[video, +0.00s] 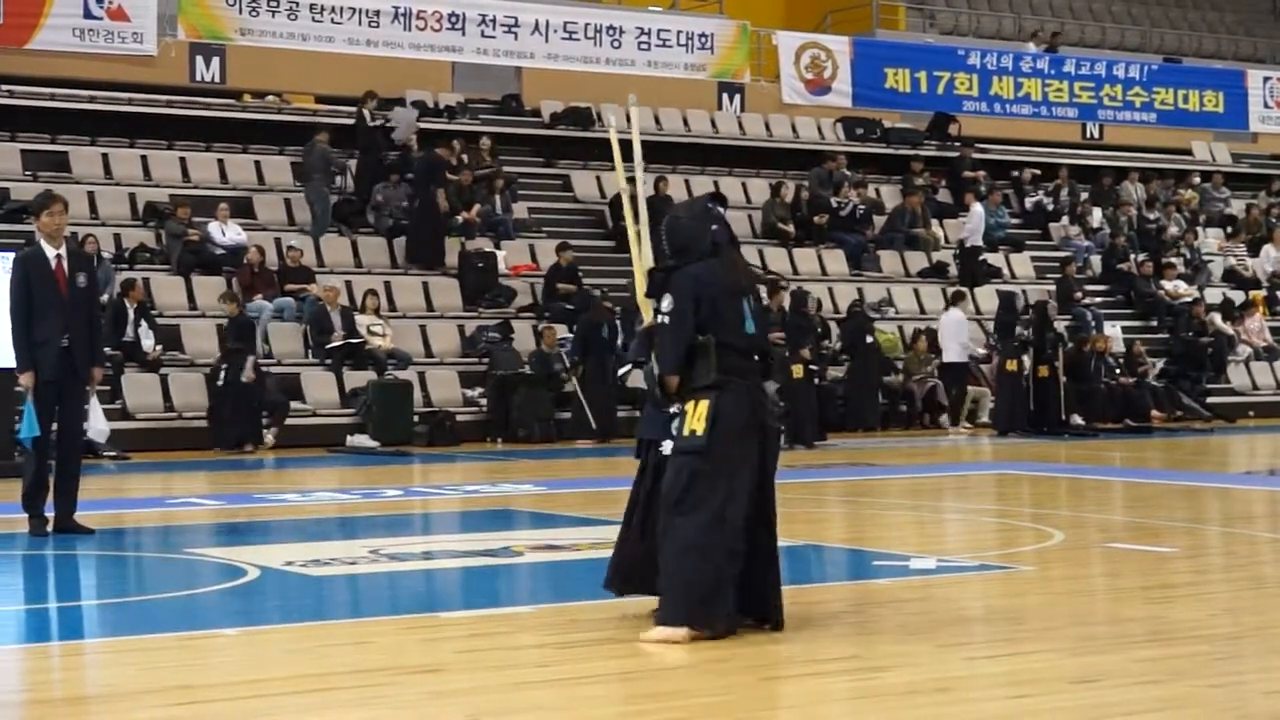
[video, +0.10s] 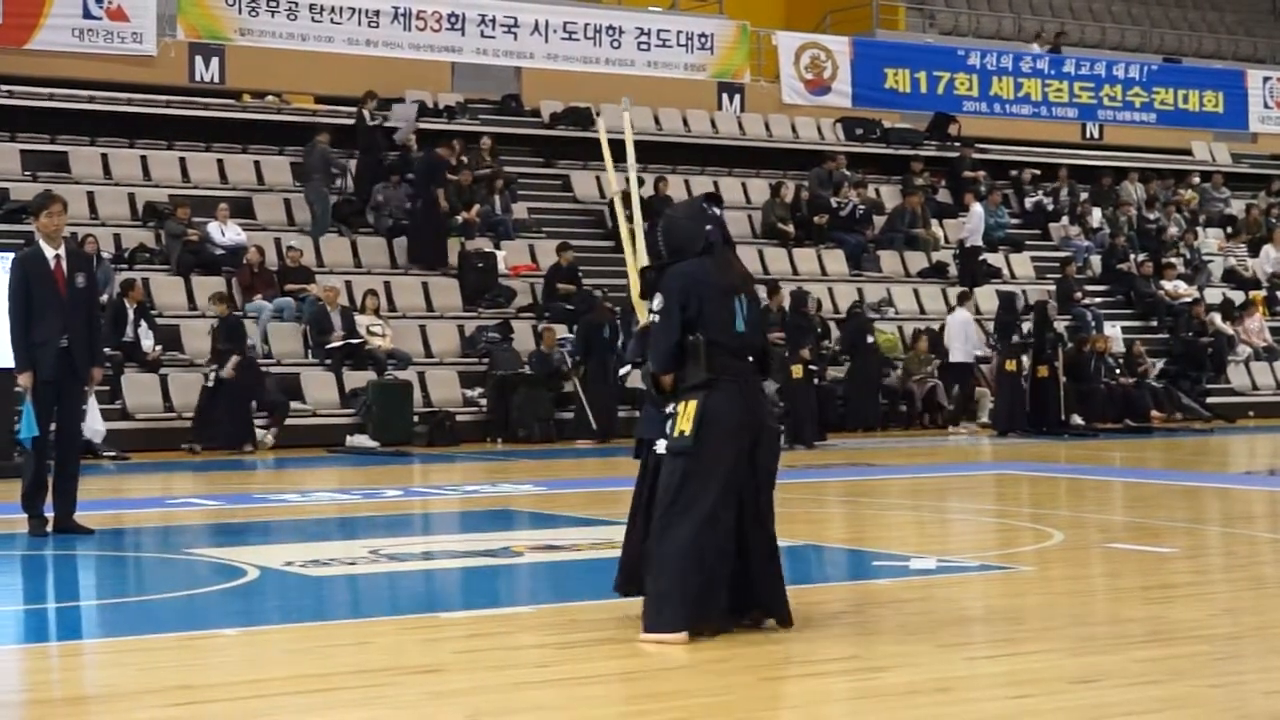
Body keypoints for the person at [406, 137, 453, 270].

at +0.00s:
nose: (449, 157)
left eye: (450, 154)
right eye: (449, 153)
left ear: (438, 148)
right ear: (445, 149)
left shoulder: (424, 157)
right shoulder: (439, 161)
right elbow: (439, 185)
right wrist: (443, 201)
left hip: (419, 198)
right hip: (431, 199)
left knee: (420, 228)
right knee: (435, 229)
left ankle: (417, 259)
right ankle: (435, 260)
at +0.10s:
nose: (449, 157)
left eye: (451, 155)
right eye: (450, 154)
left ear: (440, 149)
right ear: (445, 150)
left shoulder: (425, 157)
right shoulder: (439, 161)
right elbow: (439, 184)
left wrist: (454, 179)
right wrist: (442, 201)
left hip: (420, 198)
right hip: (431, 200)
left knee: (422, 229)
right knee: (436, 230)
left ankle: (421, 259)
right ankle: (437, 260)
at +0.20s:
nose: (451, 158)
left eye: (452, 155)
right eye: (452, 154)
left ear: (442, 148)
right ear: (447, 150)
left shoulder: (427, 157)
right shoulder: (441, 162)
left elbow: (440, 175)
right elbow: (440, 185)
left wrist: (456, 179)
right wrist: (444, 200)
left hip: (421, 200)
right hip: (433, 202)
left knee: (423, 230)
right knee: (438, 231)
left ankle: (421, 260)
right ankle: (440, 261)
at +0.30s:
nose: (451, 157)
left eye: (453, 155)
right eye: (452, 154)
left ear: (441, 148)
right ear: (447, 150)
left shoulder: (427, 158)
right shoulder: (442, 161)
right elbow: (442, 184)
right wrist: (446, 199)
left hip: (422, 200)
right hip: (434, 201)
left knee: (424, 230)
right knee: (440, 230)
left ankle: (422, 260)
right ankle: (443, 262)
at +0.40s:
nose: (452, 157)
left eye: (453, 154)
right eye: (452, 153)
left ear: (441, 149)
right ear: (447, 150)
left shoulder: (427, 159)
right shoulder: (442, 162)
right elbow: (444, 185)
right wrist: (450, 200)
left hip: (425, 201)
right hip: (437, 202)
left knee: (427, 230)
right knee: (444, 231)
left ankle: (425, 260)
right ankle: (445, 264)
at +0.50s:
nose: (455, 157)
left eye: (456, 154)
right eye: (454, 153)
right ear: (448, 149)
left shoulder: (426, 159)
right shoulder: (445, 161)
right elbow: (448, 185)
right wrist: (454, 201)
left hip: (427, 201)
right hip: (441, 202)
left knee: (429, 231)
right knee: (446, 232)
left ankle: (426, 261)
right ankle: (446, 264)